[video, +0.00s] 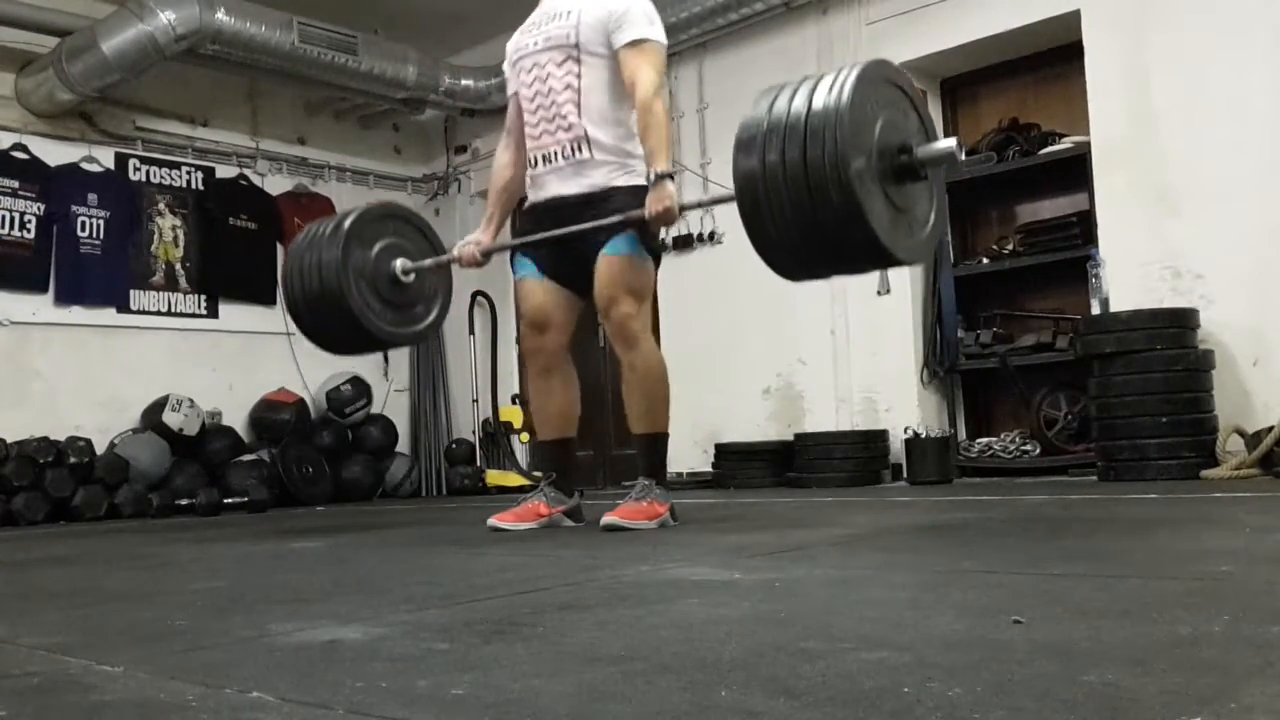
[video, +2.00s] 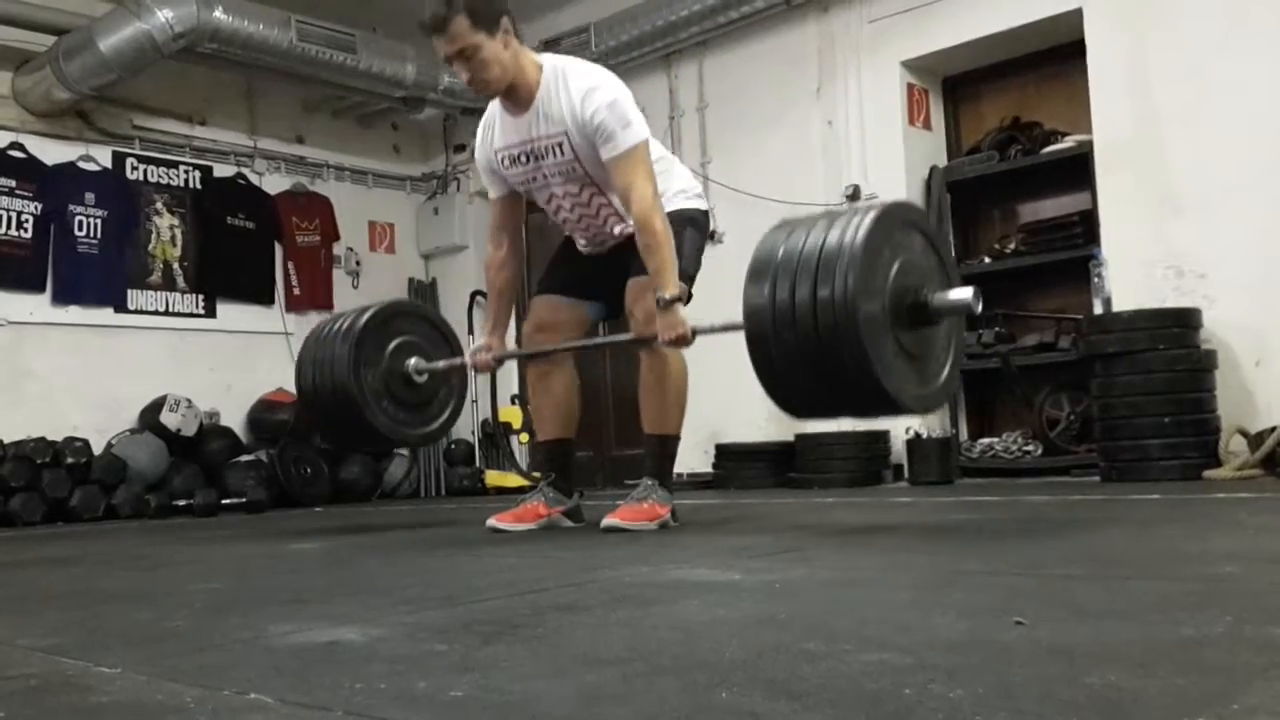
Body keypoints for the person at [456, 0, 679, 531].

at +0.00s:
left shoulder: (621, 5)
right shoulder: (519, 41)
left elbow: (647, 89)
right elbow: (513, 143)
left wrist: (661, 176)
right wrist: (488, 229)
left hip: (617, 194)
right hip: (544, 207)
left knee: (625, 320)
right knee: (540, 336)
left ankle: (653, 487)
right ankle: (558, 492)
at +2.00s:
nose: (463, 75)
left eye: (469, 55)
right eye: (451, 64)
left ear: (507, 34)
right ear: (446, 65)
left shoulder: (590, 92)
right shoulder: (490, 137)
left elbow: (643, 202)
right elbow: (503, 242)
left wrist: (669, 299)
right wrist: (493, 334)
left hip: (665, 214)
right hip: (596, 238)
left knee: (645, 316)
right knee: (541, 332)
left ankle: (657, 489)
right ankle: (556, 493)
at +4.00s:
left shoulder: (599, 27)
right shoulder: (501, 73)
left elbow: (643, 127)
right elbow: (509, 177)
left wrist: (664, 219)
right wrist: (489, 265)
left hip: (626, 208)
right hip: (559, 221)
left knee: (630, 318)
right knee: (529, 335)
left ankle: (654, 488)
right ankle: (557, 491)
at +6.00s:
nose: (465, 41)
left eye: (472, 20)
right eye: (456, 29)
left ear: (514, 9)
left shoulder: (593, 71)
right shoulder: (494, 114)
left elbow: (643, 178)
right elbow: (504, 221)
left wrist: (668, 276)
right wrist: (494, 311)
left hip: (658, 207)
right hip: (588, 226)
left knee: (651, 316)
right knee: (547, 333)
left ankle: (658, 489)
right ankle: (557, 491)